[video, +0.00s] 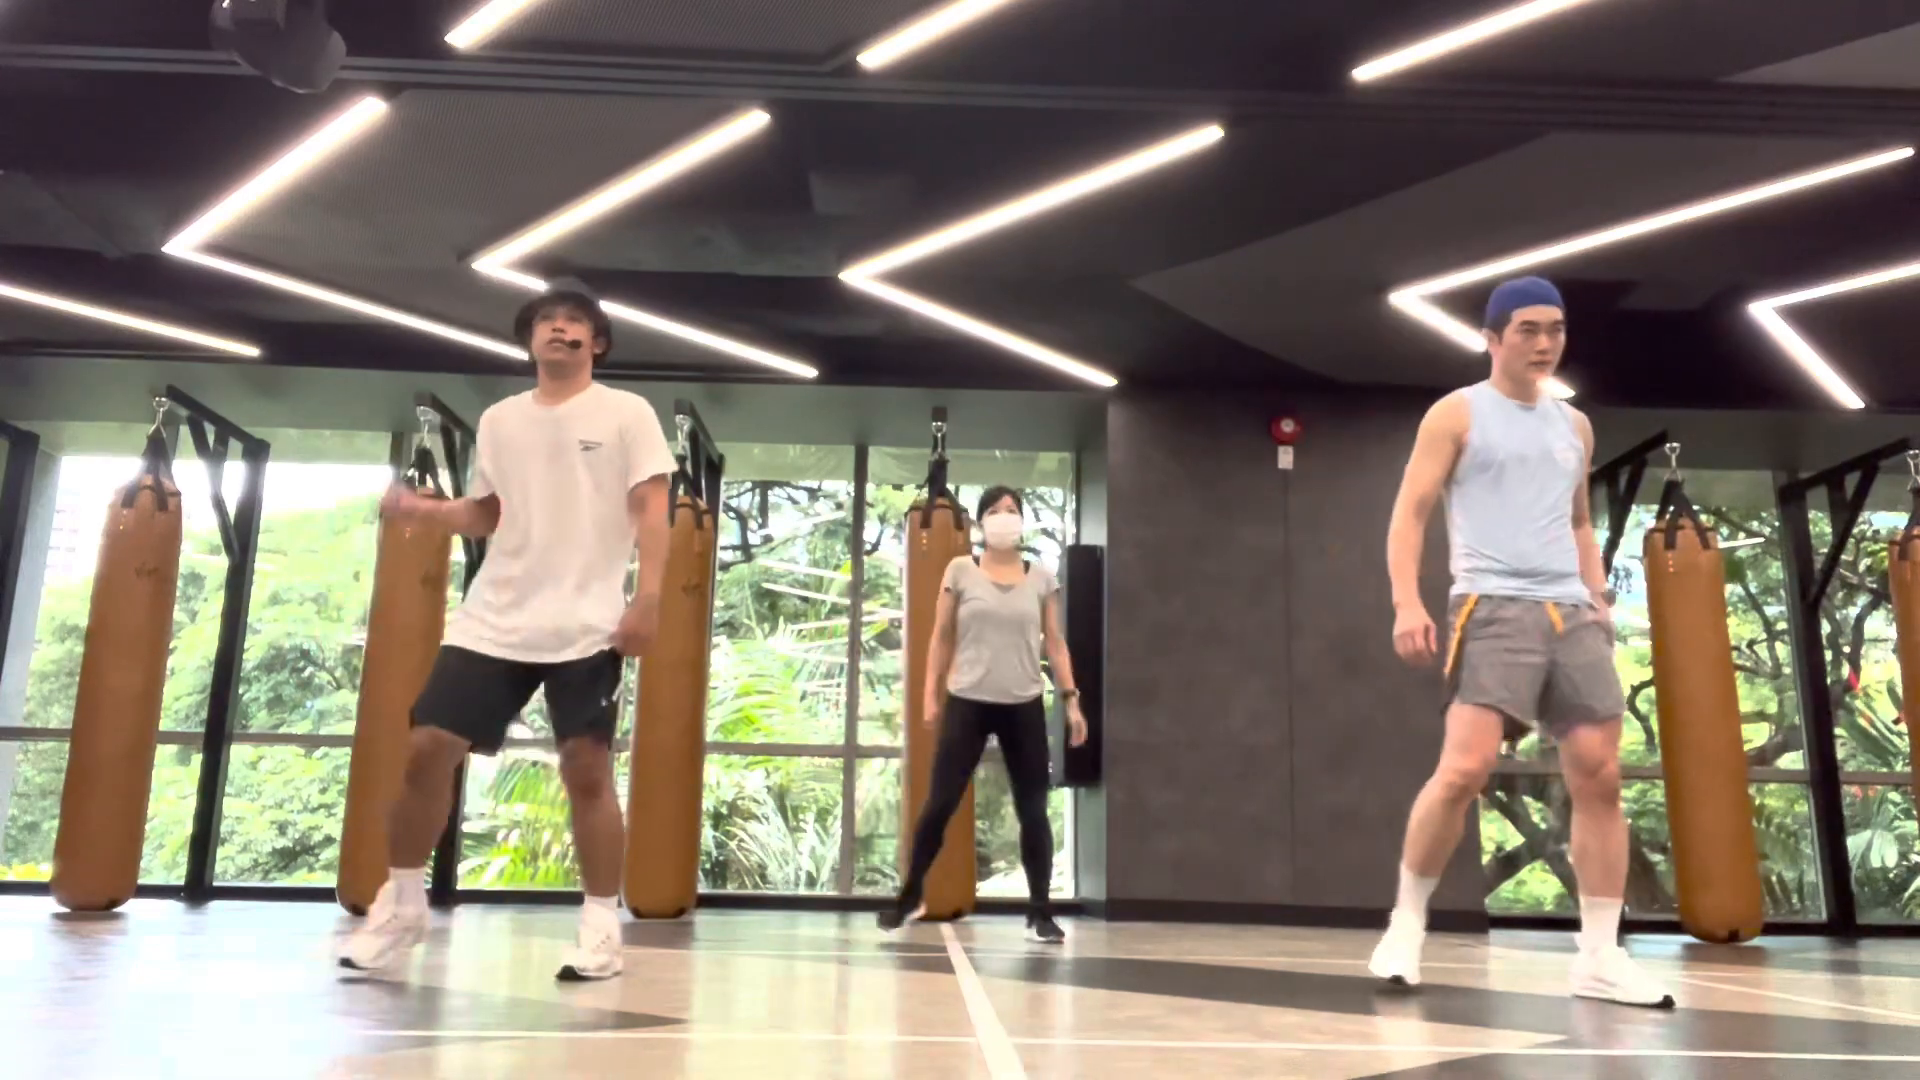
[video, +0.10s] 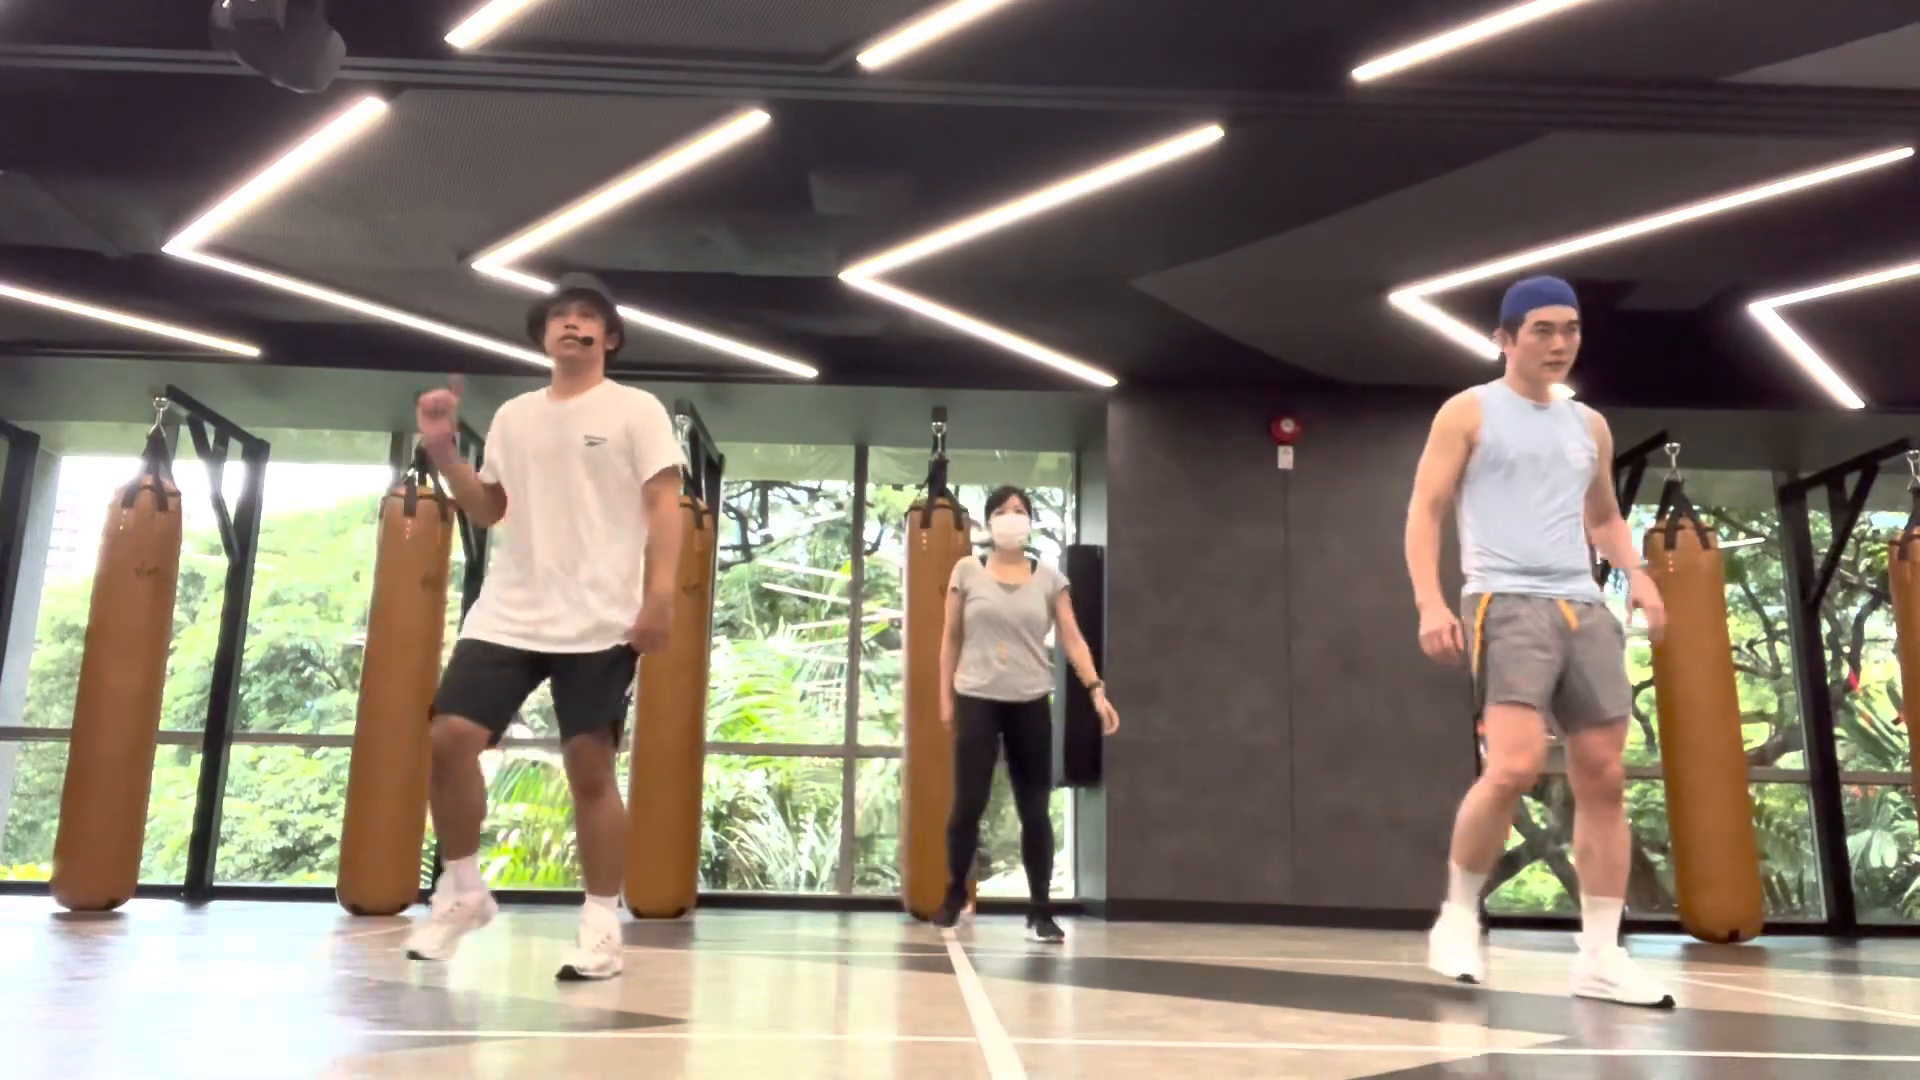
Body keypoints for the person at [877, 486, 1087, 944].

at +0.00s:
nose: (1007, 518)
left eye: (1013, 512)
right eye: (997, 512)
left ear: (1023, 526)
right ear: (980, 526)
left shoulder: (1040, 578)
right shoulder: (960, 570)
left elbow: (1055, 642)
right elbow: (941, 636)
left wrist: (1071, 699)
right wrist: (930, 695)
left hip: (1024, 705)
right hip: (967, 703)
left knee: (1034, 811)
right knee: (941, 802)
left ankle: (1040, 911)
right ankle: (911, 892)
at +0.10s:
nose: (1013, 519)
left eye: (1021, 513)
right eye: (1004, 513)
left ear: (1031, 525)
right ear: (988, 524)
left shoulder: (1048, 577)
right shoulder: (967, 571)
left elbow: (1073, 639)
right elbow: (951, 636)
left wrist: (1097, 692)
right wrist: (945, 694)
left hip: (1031, 701)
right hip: (976, 699)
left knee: (1035, 810)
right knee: (968, 803)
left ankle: (1040, 911)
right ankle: (955, 896)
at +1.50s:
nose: (941, 521)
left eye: (950, 515)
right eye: (931, 514)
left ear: (960, 530)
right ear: (915, 526)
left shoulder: (964, 584)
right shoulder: (891, 566)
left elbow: (965, 648)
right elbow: (856, 623)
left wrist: (968, 698)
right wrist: (848, 683)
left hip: (946, 703)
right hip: (889, 703)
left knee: (990, 799)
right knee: (874, 807)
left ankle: (1027, 896)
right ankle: (850, 909)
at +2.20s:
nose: (1009, 520)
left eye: (1017, 514)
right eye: (999, 514)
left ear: (1029, 531)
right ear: (984, 530)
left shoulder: (1043, 579)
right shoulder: (964, 575)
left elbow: (1060, 643)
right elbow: (947, 641)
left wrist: (1075, 696)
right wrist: (941, 699)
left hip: (1030, 703)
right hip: (974, 702)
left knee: (1034, 809)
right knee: (956, 804)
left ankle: (1041, 914)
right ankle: (976, 896)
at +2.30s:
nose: (1000, 518)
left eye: (1007, 512)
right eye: (991, 512)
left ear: (1018, 525)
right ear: (974, 524)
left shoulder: (1035, 572)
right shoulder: (955, 573)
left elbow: (1048, 634)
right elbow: (942, 640)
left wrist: (1052, 684)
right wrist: (935, 703)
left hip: (1020, 701)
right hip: (965, 699)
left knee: (1028, 807)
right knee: (928, 789)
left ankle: (1039, 913)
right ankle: (933, 890)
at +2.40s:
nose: (983, 520)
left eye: (991, 514)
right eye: (973, 515)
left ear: (1003, 528)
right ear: (959, 530)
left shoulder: (1022, 573)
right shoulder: (942, 579)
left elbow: (1036, 634)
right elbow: (931, 646)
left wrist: (1034, 684)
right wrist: (924, 705)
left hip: (1007, 707)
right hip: (949, 704)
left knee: (1021, 810)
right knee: (903, 798)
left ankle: (1040, 913)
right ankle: (874, 892)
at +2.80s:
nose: (903, 516)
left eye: (912, 511)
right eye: (894, 508)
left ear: (921, 528)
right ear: (876, 521)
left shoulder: (928, 576)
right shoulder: (848, 568)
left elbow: (940, 639)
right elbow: (826, 628)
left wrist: (951, 697)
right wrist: (807, 682)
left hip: (908, 701)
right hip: (850, 700)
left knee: (933, 798)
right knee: (834, 805)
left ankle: (972, 893)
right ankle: (822, 907)